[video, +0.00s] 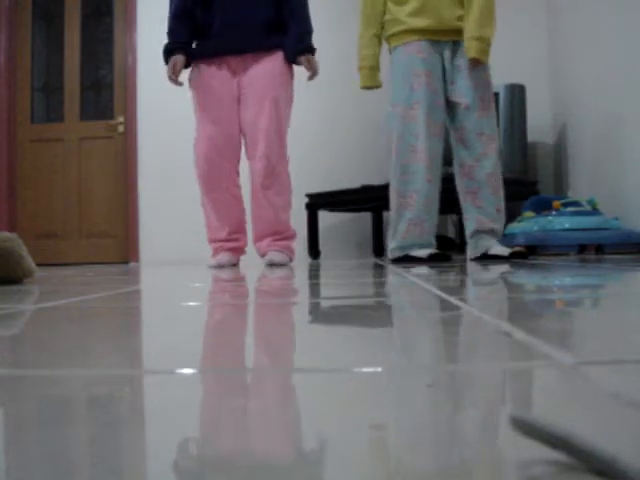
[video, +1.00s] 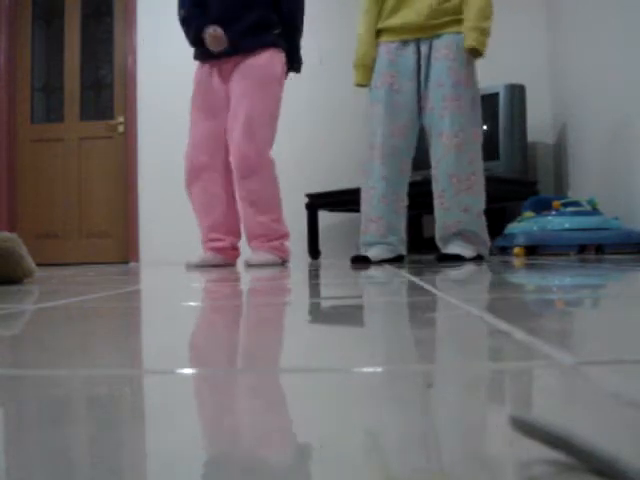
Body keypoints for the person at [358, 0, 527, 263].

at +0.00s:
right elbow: (373, 4)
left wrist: (479, 31)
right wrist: (368, 56)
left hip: (467, 30)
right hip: (412, 30)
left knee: (478, 140)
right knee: (416, 139)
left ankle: (484, 240)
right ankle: (410, 242)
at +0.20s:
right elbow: (377, 6)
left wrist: (472, 17)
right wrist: (376, 62)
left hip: (465, 30)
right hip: (413, 31)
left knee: (477, 139)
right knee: (416, 139)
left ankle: (483, 239)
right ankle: (410, 243)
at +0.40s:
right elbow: (376, 5)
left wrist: (485, 26)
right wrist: (378, 55)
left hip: (461, 25)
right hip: (404, 30)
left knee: (468, 132)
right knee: (406, 135)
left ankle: (475, 232)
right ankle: (403, 236)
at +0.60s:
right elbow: (369, 5)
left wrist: (507, 32)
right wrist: (363, 59)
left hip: (453, 22)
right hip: (394, 26)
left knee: (453, 137)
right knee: (388, 141)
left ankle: (463, 242)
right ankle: (384, 245)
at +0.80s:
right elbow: (372, 4)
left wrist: (509, 37)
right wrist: (364, 53)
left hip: (451, 26)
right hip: (393, 30)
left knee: (453, 137)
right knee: (384, 139)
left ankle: (462, 242)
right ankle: (382, 245)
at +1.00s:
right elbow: (371, 4)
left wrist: (475, 27)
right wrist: (365, 50)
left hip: (449, 29)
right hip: (392, 32)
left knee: (453, 139)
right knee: (386, 143)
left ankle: (462, 241)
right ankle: (383, 244)